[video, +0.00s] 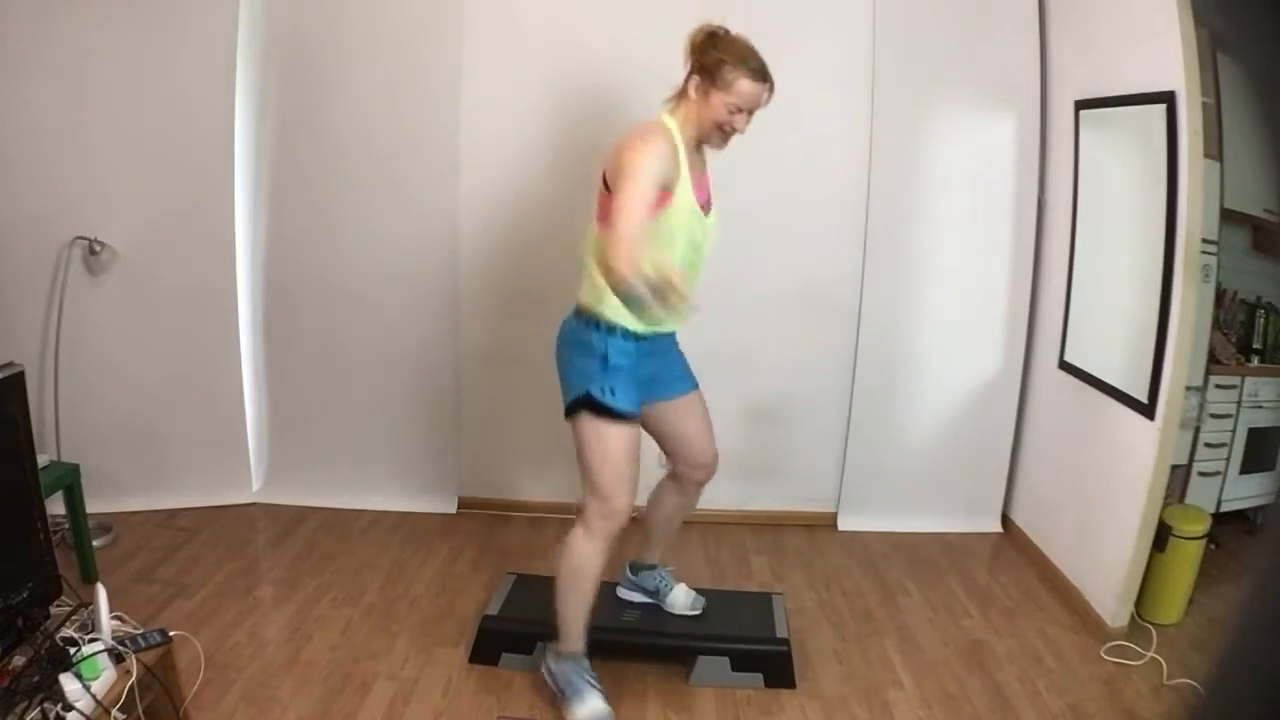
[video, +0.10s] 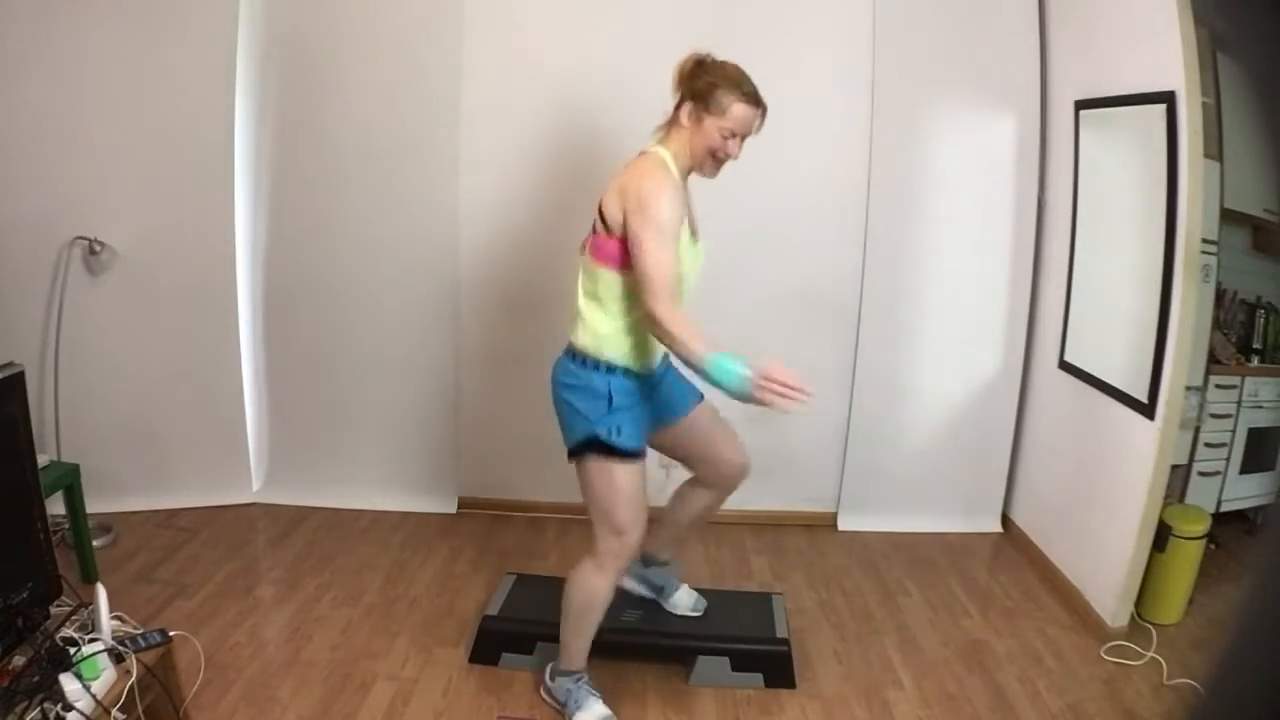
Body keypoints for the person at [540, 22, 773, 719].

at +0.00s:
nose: (741, 125)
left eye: (750, 114)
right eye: (736, 108)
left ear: (716, 100)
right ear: (697, 87)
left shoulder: (693, 158)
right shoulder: (647, 150)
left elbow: (656, 250)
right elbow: (618, 254)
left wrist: (665, 292)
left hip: (655, 345)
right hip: (603, 345)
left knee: (695, 462)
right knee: (606, 510)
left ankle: (643, 573)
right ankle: (565, 656)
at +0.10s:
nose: (734, 149)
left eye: (743, 139)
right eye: (729, 133)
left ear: (694, 119)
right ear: (688, 113)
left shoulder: (667, 177)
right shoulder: (650, 184)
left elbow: (649, 296)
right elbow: (655, 307)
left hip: (646, 371)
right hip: (601, 379)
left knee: (725, 466)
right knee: (617, 542)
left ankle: (650, 563)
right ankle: (566, 676)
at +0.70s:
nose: (668, 72)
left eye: (681, 60)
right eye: (662, 59)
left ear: (722, 59)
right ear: (659, 57)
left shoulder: (762, 139)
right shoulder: (633, 119)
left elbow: (768, 228)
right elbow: (585, 190)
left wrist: (763, 311)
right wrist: (593, 221)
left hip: (712, 325)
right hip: (634, 318)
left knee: (717, 474)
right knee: (613, 474)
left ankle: (692, 573)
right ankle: (586, 603)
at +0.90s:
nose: (608, 51)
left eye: (619, 38)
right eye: (605, 39)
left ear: (666, 36)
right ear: (614, 44)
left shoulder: (730, 117)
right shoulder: (612, 115)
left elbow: (764, 201)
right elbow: (608, 192)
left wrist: (768, 280)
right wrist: (603, 259)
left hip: (713, 314)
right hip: (638, 308)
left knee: (709, 466)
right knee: (593, 446)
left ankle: (699, 569)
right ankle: (627, 562)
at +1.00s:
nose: (582, 66)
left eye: (591, 52)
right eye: (581, 54)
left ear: (634, 51)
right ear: (622, 56)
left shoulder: (702, 129)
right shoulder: (598, 131)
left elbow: (753, 216)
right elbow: (629, 222)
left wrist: (767, 296)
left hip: (703, 317)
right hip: (634, 316)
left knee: (697, 477)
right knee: (605, 449)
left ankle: (703, 573)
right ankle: (636, 573)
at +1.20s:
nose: (567, 69)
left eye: (576, 55)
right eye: (567, 56)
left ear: (615, 55)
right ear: (604, 58)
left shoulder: (661, 121)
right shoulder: (611, 132)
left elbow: (656, 231)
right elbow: (591, 217)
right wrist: (544, 279)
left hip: (695, 312)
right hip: (648, 310)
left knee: (666, 470)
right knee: (611, 445)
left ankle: (737, 600)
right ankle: (635, 572)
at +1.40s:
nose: (575, 126)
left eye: (582, 113)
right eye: (576, 115)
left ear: (616, 113)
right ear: (619, 115)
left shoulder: (646, 175)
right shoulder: (630, 183)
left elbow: (542, 186)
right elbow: (547, 214)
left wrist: (417, 188)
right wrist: (459, 204)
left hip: (696, 377)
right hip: (664, 375)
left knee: (667, 536)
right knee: (577, 458)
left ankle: (721, 687)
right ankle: (637, 571)